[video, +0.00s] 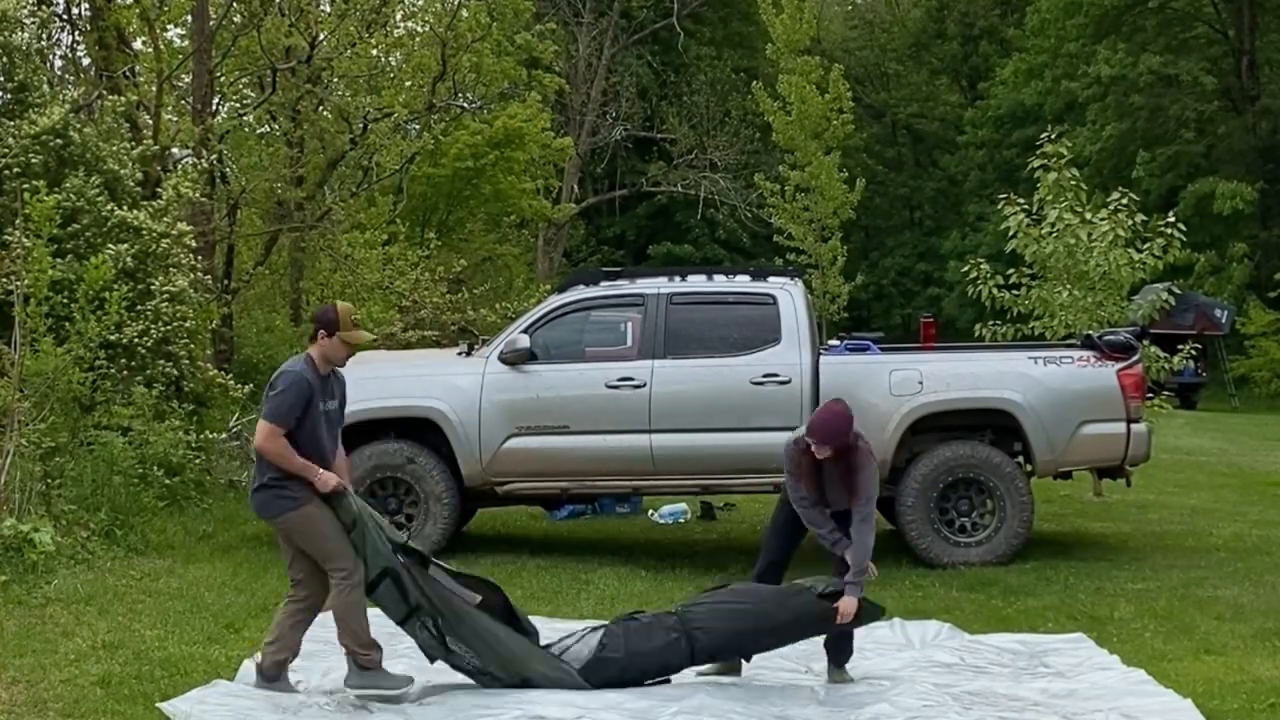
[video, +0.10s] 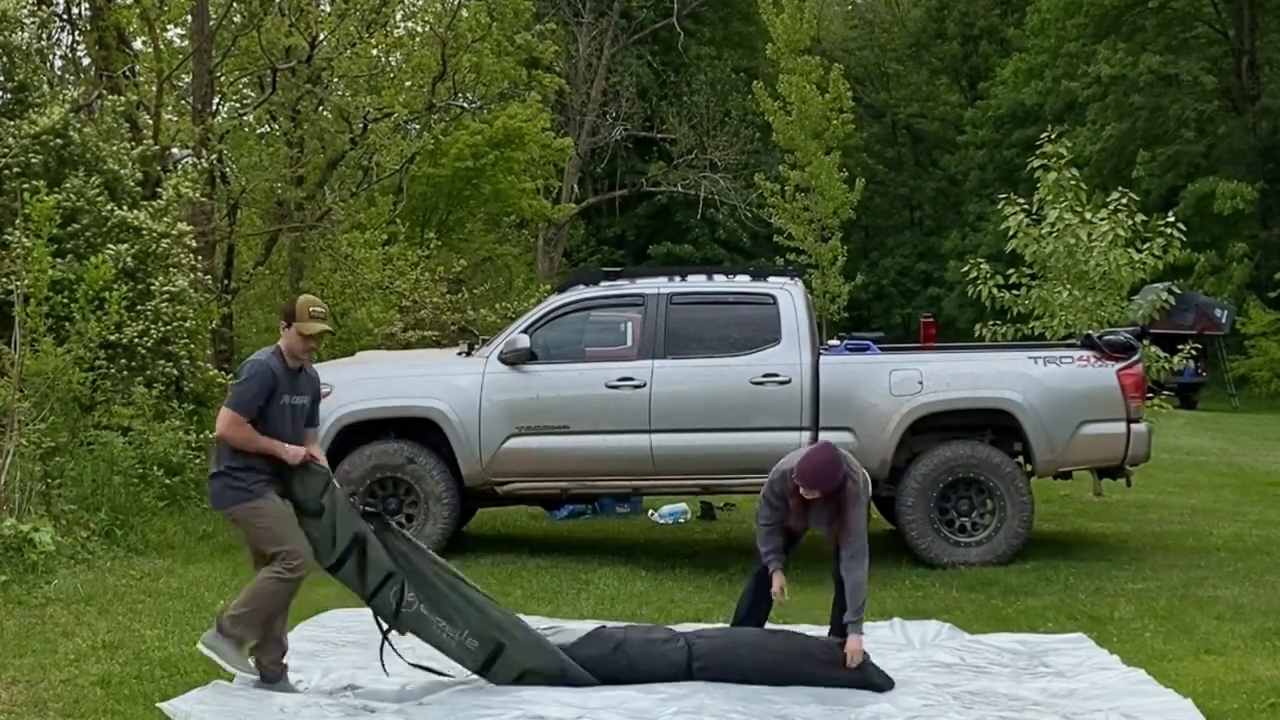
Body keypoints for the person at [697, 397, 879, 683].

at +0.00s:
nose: (816, 450)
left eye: (823, 446)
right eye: (813, 442)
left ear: (840, 443)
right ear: (808, 434)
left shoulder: (863, 456)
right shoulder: (796, 448)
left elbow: (865, 519)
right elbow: (805, 507)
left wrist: (853, 592)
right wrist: (846, 549)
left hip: (843, 510)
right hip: (799, 504)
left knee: (845, 578)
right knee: (767, 570)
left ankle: (837, 664)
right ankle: (734, 656)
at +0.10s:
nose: (803, 492)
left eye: (811, 489)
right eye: (801, 485)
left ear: (829, 486)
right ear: (797, 474)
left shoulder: (853, 487)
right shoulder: (782, 475)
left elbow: (855, 557)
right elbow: (767, 523)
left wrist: (855, 631)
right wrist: (775, 568)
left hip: (841, 516)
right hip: (796, 511)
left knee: (847, 579)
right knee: (764, 574)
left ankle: (838, 647)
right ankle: (738, 641)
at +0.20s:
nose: (776, 503)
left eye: (782, 500)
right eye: (772, 498)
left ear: (798, 494)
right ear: (765, 485)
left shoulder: (829, 493)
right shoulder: (759, 487)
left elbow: (842, 561)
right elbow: (745, 538)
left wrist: (837, 627)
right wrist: (734, 589)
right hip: (785, 509)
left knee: (839, 572)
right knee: (755, 571)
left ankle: (837, 640)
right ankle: (737, 636)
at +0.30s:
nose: (739, 489)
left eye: (745, 484)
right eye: (736, 483)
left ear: (763, 476)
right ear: (731, 476)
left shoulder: (798, 477)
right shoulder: (732, 483)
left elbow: (809, 550)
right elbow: (728, 534)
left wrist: (790, 605)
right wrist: (723, 587)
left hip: (824, 497)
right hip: (772, 500)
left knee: (829, 576)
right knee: (743, 573)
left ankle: (834, 655)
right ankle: (734, 645)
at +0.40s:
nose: (703, 462)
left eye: (708, 456)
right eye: (698, 457)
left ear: (723, 449)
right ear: (691, 451)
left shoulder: (756, 452)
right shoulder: (692, 461)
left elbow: (759, 527)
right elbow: (697, 514)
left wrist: (735, 586)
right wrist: (698, 568)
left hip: (784, 491)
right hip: (734, 498)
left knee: (791, 566)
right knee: (716, 571)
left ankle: (820, 644)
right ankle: (732, 645)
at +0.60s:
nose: (679, 497)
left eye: (684, 490)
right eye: (673, 491)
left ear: (696, 481)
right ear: (662, 484)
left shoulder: (722, 483)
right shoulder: (658, 480)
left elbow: (712, 553)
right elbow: (661, 523)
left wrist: (696, 621)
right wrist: (665, 567)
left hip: (759, 497)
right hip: (712, 502)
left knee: (728, 570)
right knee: (695, 572)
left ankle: (725, 642)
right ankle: (712, 642)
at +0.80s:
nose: (678, 512)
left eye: (684, 506)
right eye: (672, 507)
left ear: (696, 495)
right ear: (660, 495)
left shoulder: (721, 489)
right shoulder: (651, 488)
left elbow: (719, 563)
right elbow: (652, 531)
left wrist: (705, 632)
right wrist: (661, 571)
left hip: (751, 492)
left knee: (725, 571)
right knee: (683, 567)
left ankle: (726, 644)